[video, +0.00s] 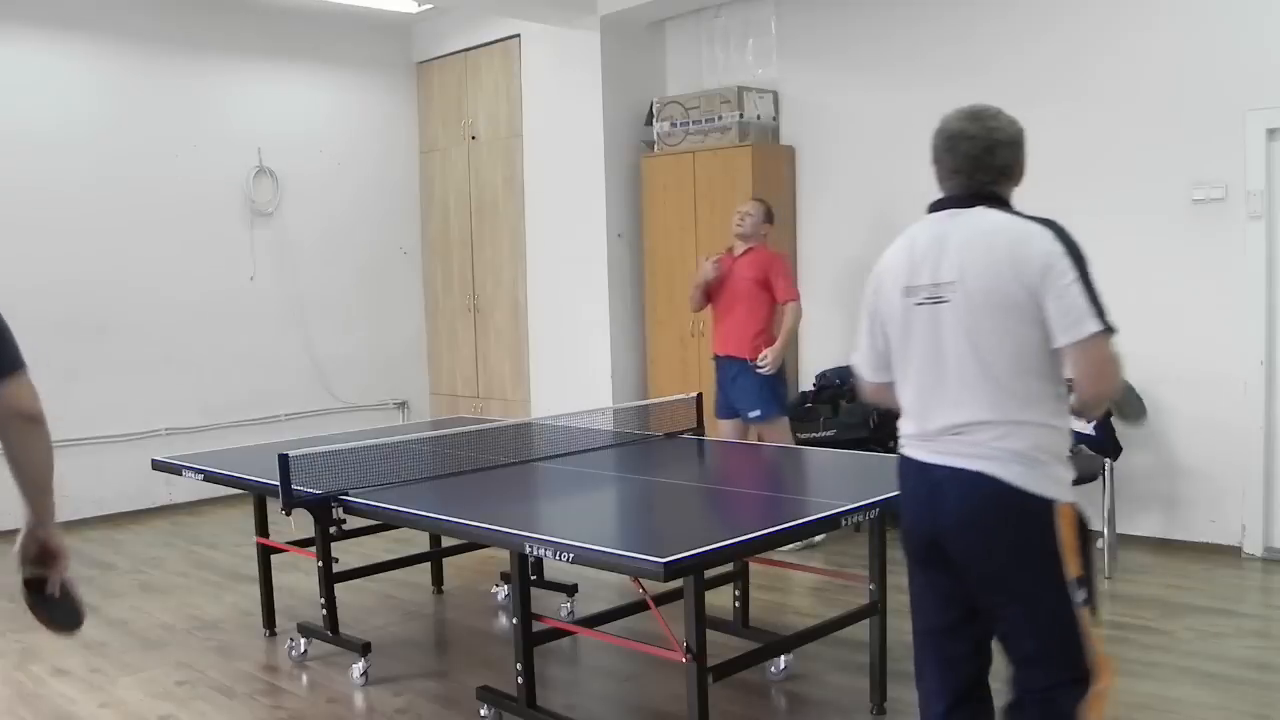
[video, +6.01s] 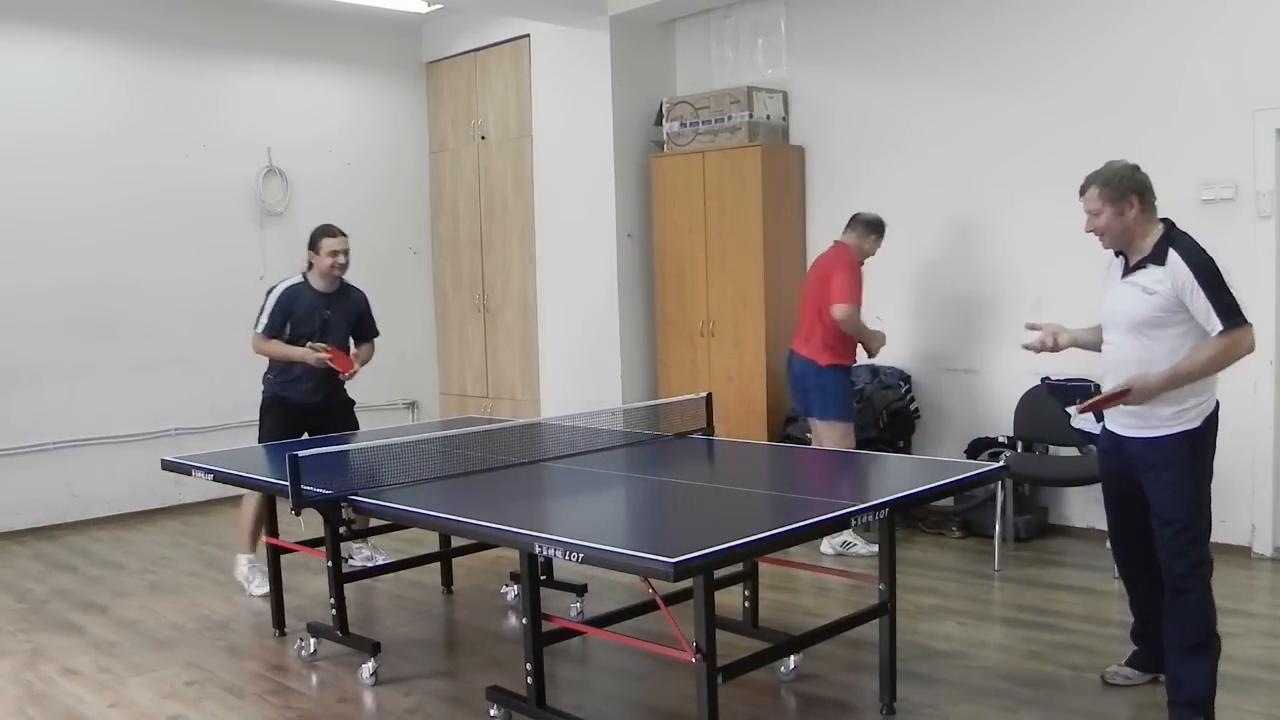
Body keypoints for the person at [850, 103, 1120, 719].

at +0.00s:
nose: (1024, 167)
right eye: (1020, 158)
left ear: (941, 168)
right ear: (1016, 168)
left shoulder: (897, 255)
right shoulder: (1039, 243)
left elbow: (875, 387)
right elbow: (1098, 384)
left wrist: (944, 393)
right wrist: (1083, 399)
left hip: (921, 490)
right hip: (1010, 497)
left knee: (947, 681)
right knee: (1055, 676)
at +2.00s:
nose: (1060, 202)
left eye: (1064, 192)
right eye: (1063, 191)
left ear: (1079, 193)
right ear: (1123, 196)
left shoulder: (1063, 255)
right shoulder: (1161, 247)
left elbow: (1026, 359)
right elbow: (1139, 327)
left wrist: (1027, 407)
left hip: (1080, 425)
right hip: (1150, 423)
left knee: (1075, 566)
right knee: (1137, 554)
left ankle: (1094, 706)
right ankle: (1123, 682)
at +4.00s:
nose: (1016, 215)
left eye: (1024, 207)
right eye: (1014, 208)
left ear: (1057, 208)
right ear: (1035, 212)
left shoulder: (1090, 251)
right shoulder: (1036, 259)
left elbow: (1132, 319)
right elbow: (1039, 324)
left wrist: (1122, 397)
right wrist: (1002, 364)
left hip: (1104, 411)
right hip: (1055, 412)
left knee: (1122, 525)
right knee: (1066, 520)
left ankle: (1142, 644)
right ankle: (1062, 613)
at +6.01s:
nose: (1090, 228)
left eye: (1096, 216)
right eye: (1088, 217)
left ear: (1135, 206)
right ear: (1121, 211)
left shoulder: (1185, 258)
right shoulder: (1118, 259)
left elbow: (1239, 337)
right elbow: (1127, 332)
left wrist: (1160, 382)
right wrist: (1071, 337)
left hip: (1176, 438)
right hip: (1118, 432)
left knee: (1183, 572)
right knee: (1134, 555)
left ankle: (1191, 709)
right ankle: (1150, 655)